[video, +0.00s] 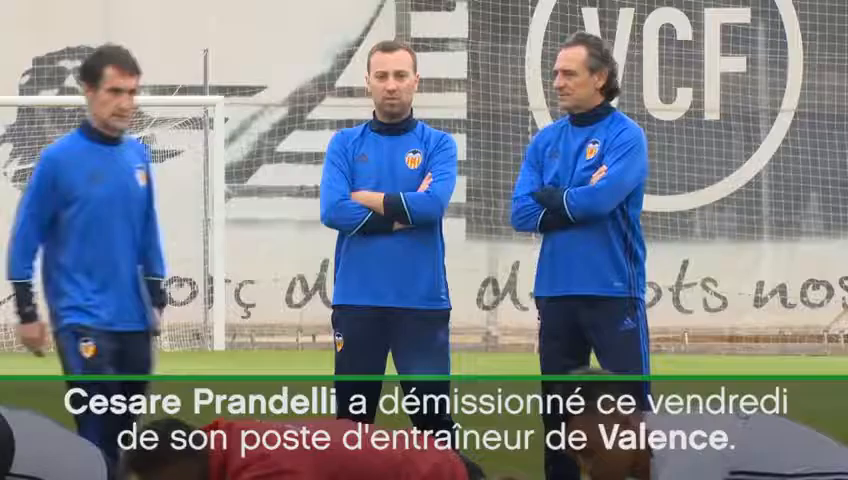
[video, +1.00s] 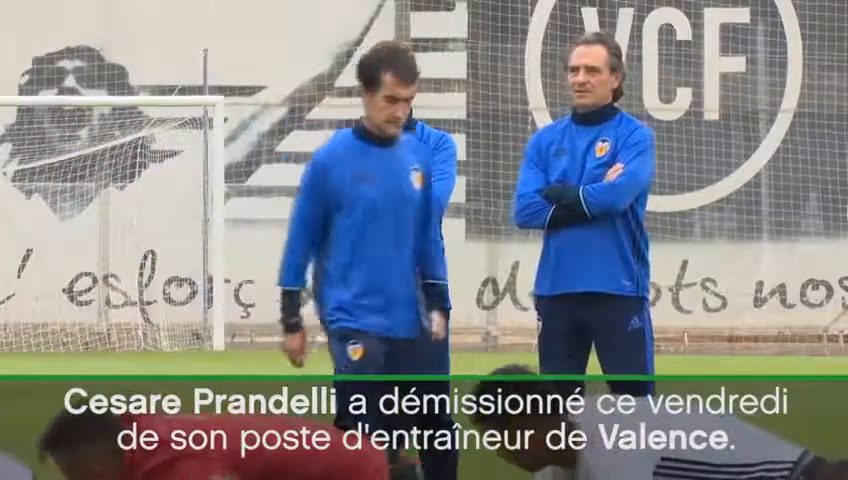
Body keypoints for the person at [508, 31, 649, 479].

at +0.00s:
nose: (558, 82)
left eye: (569, 74)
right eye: (557, 74)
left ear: (601, 80)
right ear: (555, 78)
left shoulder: (627, 136)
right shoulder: (544, 139)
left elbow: (600, 200)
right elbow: (520, 213)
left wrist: (546, 195)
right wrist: (583, 203)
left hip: (614, 291)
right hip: (555, 291)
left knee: (631, 405)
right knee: (556, 408)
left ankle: (640, 475)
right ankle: (560, 476)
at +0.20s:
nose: (561, 82)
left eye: (573, 73)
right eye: (558, 74)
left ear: (602, 80)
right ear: (553, 79)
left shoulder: (626, 136)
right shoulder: (538, 140)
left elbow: (598, 202)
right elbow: (520, 215)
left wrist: (542, 194)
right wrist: (583, 197)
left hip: (612, 291)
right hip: (552, 292)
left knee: (631, 406)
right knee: (555, 410)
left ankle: (653, 474)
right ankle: (559, 477)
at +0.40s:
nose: (565, 82)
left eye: (577, 73)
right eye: (560, 73)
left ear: (604, 81)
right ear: (554, 79)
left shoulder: (626, 135)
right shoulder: (538, 140)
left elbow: (606, 198)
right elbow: (520, 215)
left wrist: (546, 195)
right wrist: (588, 200)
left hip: (613, 291)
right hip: (553, 292)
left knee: (631, 405)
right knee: (555, 408)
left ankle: (645, 475)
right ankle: (557, 478)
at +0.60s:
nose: (570, 81)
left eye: (582, 73)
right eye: (565, 73)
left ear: (609, 81)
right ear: (558, 79)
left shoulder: (629, 135)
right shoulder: (539, 140)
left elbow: (612, 196)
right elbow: (521, 213)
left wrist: (547, 195)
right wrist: (592, 197)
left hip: (614, 291)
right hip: (553, 291)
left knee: (630, 406)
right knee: (552, 408)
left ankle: (643, 476)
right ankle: (556, 476)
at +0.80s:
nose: (577, 80)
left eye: (588, 71)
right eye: (571, 71)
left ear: (613, 79)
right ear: (563, 78)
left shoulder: (631, 134)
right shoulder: (539, 141)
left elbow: (614, 198)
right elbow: (522, 212)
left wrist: (552, 191)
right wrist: (598, 193)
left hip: (616, 291)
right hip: (554, 292)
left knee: (633, 406)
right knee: (553, 407)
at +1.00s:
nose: (580, 79)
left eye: (592, 71)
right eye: (574, 71)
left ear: (615, 79)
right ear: (567, 77)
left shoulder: (634, 134)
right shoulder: (543, 139)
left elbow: (615, 198)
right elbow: (524, 212)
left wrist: (553, 190)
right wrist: (600, 193)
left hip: (619, 292)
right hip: (557, 293)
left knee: (635, 407)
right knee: (556, 409)